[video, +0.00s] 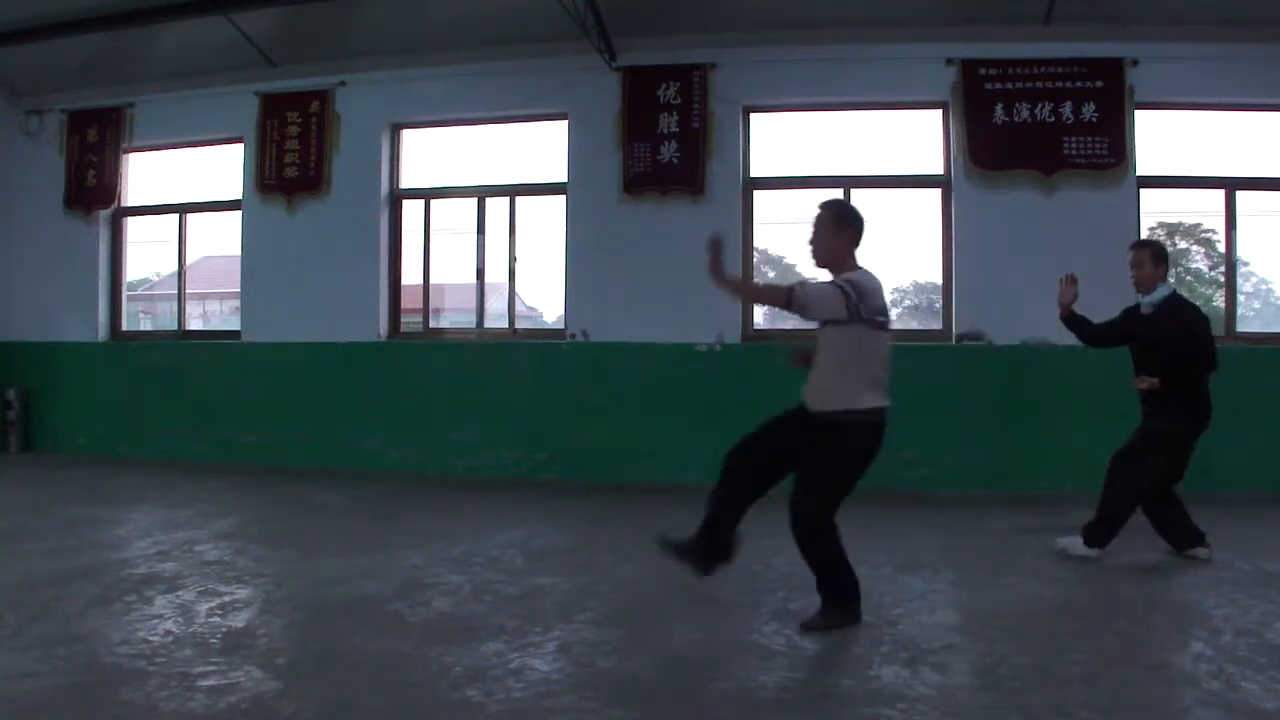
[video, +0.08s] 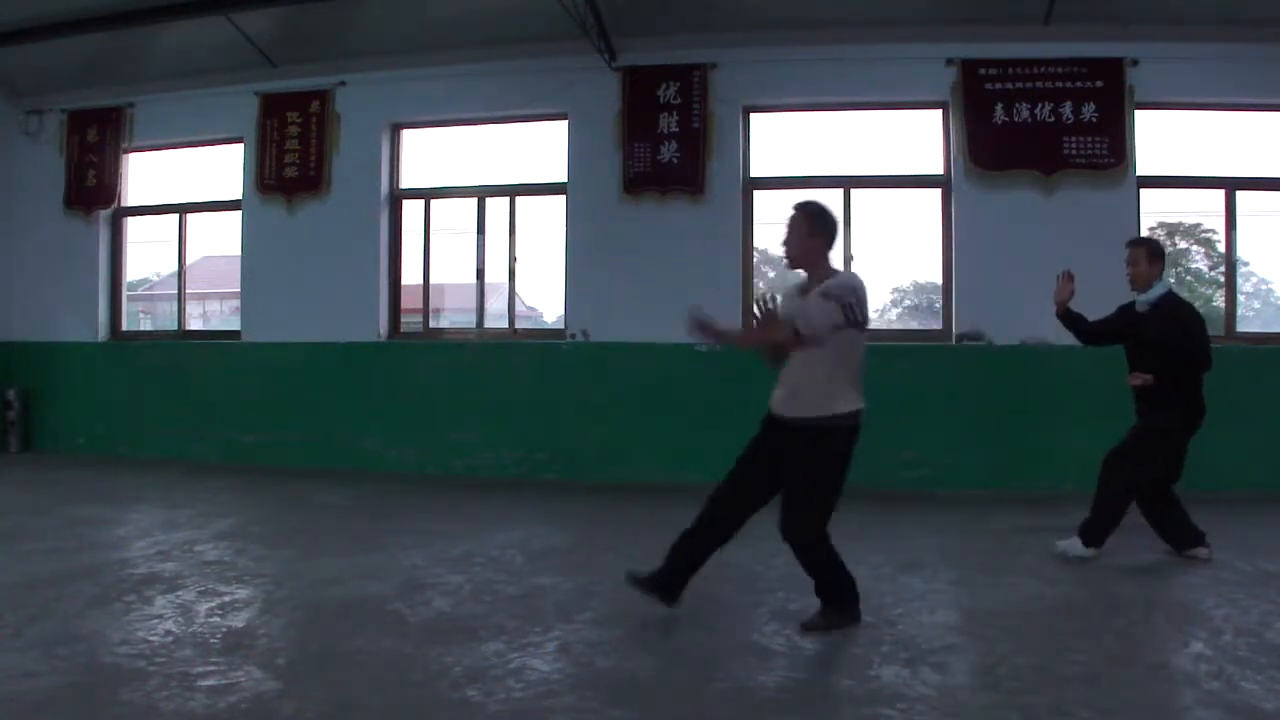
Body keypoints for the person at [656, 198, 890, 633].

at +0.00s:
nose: (811, 239)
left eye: (819, 230)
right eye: (813, 230)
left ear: (845, 236)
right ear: (842, 238)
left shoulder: (860, 288)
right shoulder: (842, 290)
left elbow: (790, 297)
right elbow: (858, 353)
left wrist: (724, 280)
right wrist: (816, 358)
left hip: (854, 424)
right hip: (815, 416)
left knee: (810, 513)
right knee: (745, 463)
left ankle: (842, 605)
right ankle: (709, 548)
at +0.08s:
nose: (784, 240)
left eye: (792, 232)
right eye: (787, 232)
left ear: (816, 238)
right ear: (812, 239)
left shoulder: (846, 289)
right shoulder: (796, 296)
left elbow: (793, 332)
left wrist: (725, 336)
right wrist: (765, 331)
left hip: (829, 427)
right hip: (784, 424)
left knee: (802, 526)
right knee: (729, 504)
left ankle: (843, 606)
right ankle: (669, 581)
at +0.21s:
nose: (753, 252)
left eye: (761, 245)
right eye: (754, 244)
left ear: (786, 252)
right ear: (761, 252)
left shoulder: (819, 306)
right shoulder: (746, 305)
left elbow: (822, 369)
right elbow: (691, 334)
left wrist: (769, 359)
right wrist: (689, 294)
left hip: (804, 436)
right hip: (758, 433)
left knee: (776, 531)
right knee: (707, 512)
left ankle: (839, 602)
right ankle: (659, 596)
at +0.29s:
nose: (717, 270)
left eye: (724, 262)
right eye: (717, 262)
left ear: (751, 266)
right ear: (737, 266)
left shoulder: (777, 316)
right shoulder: (733, 313)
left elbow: (749, 369)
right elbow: (687, 335)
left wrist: (715, 310)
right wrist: (656, 297)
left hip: (785, 444)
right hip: (746, 443)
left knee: (744, 534)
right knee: (688, 515)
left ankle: (820, 591)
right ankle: (652, 601)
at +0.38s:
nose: (701, 274)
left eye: (707, 265)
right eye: (702, 265)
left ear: (731, 266)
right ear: (735, 267)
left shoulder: (755, 314)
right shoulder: (741, 317)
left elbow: (697, 342)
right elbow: (715, 373)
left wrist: (659, 296)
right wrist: (676, 342)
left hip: (780, 445)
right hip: (744, 444)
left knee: (740, 531)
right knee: (687, 513)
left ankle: (809, 600)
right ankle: (653, 601)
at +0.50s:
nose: (686, 280)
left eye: (690, 270)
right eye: (685, 272)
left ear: (715, 269)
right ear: (723, 271)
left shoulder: (737, 313)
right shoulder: (741, 313)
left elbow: (667, 336)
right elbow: (724, 377)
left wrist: (633, 286)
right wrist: (679, 354)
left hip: (781, 441)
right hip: (749, 442)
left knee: (751, 533)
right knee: (695, 517)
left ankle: (809, 604)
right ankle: (654, 600)